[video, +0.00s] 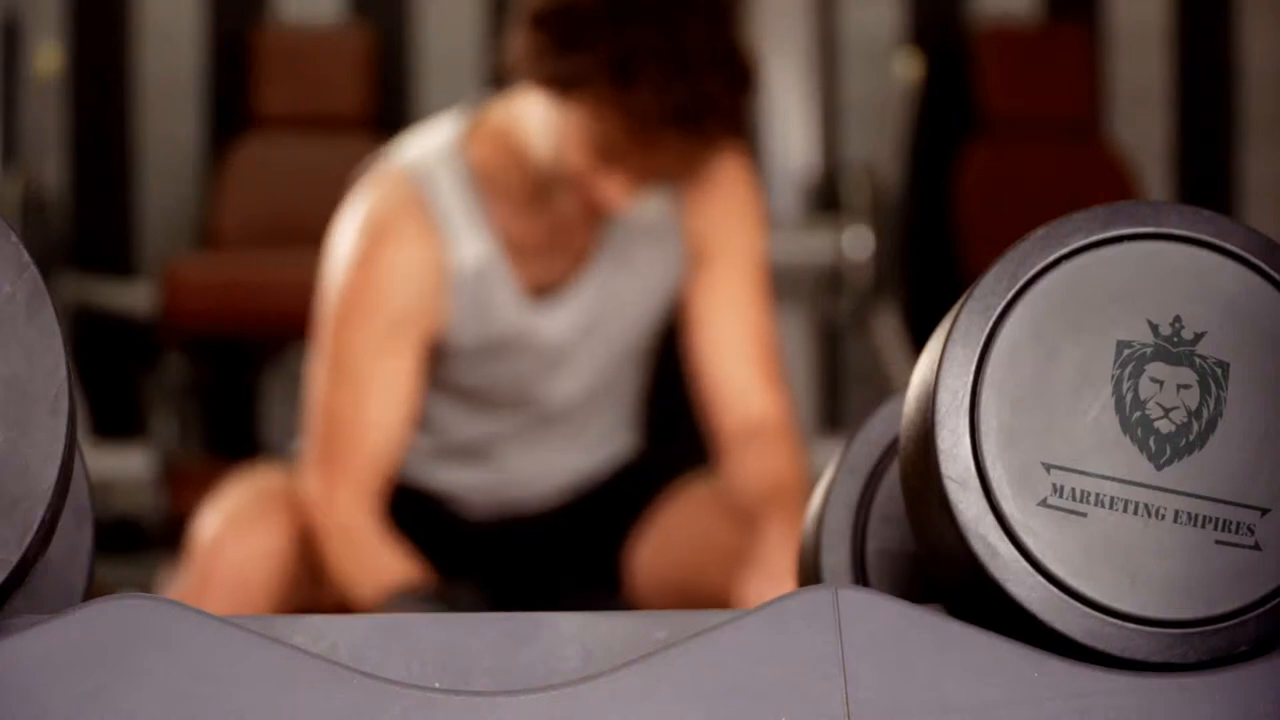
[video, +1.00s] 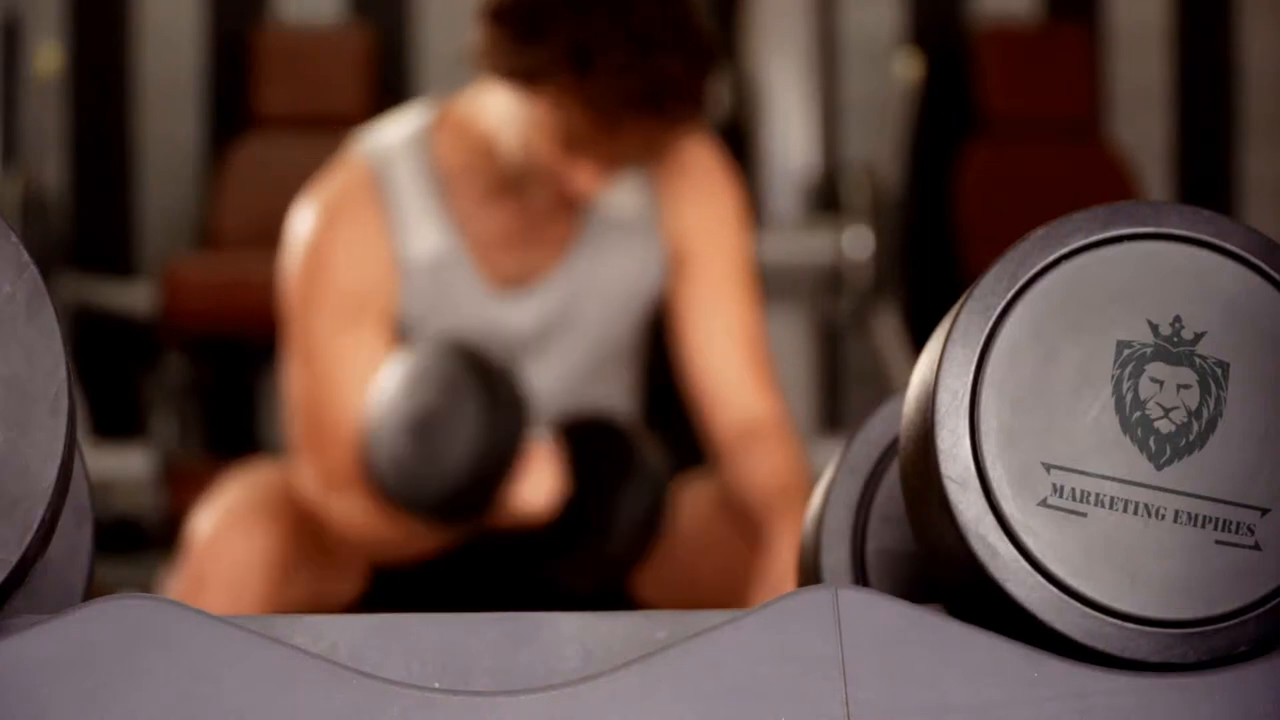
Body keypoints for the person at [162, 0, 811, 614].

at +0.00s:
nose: (622, 199)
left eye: (655, 175)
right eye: (606, 161)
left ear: (695, 146)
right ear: (553, 90)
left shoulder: (705, 175)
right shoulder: (402, 211)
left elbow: (753, 428)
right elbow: (340, 502)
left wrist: (779, 571)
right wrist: (449, 640)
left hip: (602, 515)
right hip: (417, 524)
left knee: (789, 539)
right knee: (245, 524)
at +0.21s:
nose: (609, 203)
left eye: (641, 177)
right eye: (593, 165)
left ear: (685, 148)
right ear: (539, 91)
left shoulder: (697, 177)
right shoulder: (372, 207)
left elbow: (756, 431)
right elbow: (343, 497)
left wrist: (775, 582)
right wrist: (518, 540)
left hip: (601, 537)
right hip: (405, 539)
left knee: (790, 521)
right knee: (247, 518)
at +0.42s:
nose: (597, 203)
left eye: (626, 176)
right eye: (582, 165)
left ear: (663, 144)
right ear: (523, 96)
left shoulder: (679, 175)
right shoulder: (337, 210)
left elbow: (749, 425)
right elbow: (343, 501)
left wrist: (782, 583)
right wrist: (493, 482)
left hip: (594, 522)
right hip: (396, 528)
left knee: (782, 533)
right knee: (239, 532)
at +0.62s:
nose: (577, 201)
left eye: (607, 175)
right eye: (563, 163)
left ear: (643, 141)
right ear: (498, 98)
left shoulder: (668, 176)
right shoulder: (321, 214)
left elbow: (747, 426)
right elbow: (339, 505)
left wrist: (783, 584)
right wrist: (488, 442)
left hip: (604, 524)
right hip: (398, 537)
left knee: (782, 539)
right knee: (232, 532)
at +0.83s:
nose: (584, 194)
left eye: (613, 168)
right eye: (566, 155)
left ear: (649, 133)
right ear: (508, 95)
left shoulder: (671, 172)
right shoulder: (335, 215)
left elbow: (747, 423)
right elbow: (340, 513)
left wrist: (787, 581)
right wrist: (484, 435)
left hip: (603, 523)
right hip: (402, 537)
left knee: (783, 539)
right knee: (239, 531)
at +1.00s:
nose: (591, 182)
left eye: (621, 156)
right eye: (573, 145)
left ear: (658, 121)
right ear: (514, 84)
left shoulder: (681, 170)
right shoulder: (350, 210)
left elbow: (749, 425)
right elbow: (343, 503)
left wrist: (797, 544)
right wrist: (498, 494)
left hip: (595, 534)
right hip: (399, 538)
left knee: (797, 534)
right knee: (242, 523)